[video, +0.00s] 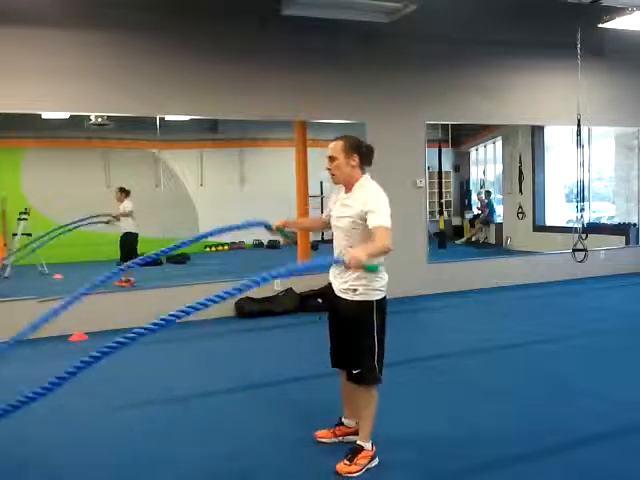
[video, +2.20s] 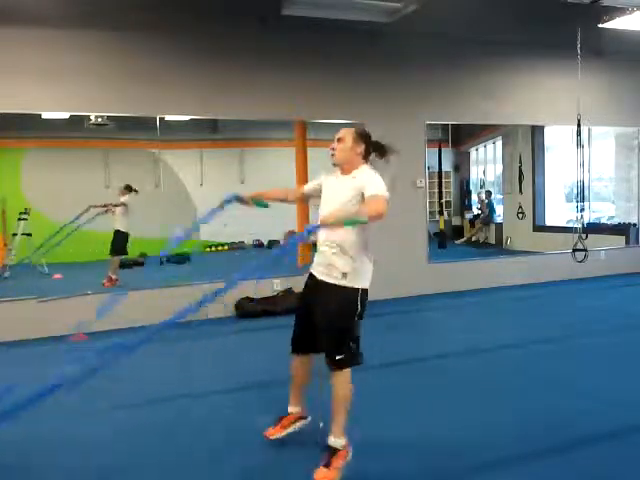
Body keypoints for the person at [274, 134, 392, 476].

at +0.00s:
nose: (328, 166)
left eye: (333, 160)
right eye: (328, 160)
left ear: (354, 162)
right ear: (344, 163)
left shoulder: (372, 194)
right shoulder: (340, 194)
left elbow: (383, 241)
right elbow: (326, 223)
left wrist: (363, 252)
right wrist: (290, 225)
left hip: (366, 296)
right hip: (341, 292)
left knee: (366, 373)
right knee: (346, 366)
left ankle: (366, 446)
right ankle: (349, 424)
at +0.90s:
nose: (341, 159)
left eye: (347, 154)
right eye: (341, 154)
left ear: (368, 159)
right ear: (353, 161)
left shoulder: (380, 197)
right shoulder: (345, 194)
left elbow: (375, 253)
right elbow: (338, 237)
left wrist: (337, 277)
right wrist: (321, 266)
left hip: (367, 300)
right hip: (341, 296)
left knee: (359, 376)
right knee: (335, 368)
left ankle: (362, 444)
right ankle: (346, 429)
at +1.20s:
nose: (351, 163)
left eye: (358, 157)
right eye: (353, 158)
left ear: (377, 166)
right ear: (367, 166)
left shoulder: (388, 201)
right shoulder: (350, 200)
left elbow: (379, 245)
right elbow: (328, 229)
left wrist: (341, 252)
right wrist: (308, 242)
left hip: (371, 299)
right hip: (344, 292)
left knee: (353, 370)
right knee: (328, 362)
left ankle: (359, 441)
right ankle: (342, 425)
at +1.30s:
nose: (355, 151)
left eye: (362, 145)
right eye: (355, 146)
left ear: (383, 151)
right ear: (361, 153)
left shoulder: (396, 179)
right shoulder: (354, 183)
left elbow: (395, 194)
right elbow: (322, 191)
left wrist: (359, 200)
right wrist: (296, 200)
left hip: (376, 282)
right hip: (348, 277)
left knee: (365, 357)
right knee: (329, 346)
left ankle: (373, 438)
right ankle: (334, 410)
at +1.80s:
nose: (333, 150)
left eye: (339, 144)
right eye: (334, 144)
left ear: (358, 148)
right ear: (347, 149)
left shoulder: (374, 181)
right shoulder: (336, 182)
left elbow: (376, 204)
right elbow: (320, 211)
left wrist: (340, 209)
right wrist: (283, 213)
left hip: (357, 276)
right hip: (328, 271)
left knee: (338, 354)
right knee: (307, 344)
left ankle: (339, 436)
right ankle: (310, 414)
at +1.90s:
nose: (333, 160)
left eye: (339, 154)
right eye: (334, 154)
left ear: (358, 160)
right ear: (348, 159)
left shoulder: (370, 195)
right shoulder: (335, 189)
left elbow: (346, 234)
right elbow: (316, 222)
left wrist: (302, 242)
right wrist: (281, 221)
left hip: (350, 291)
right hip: (325, 283)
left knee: (317, 367)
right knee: (299, 359)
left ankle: (312, 443)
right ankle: (303, 433)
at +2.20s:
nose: (333, 146)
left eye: (340, 141)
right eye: (333, 141)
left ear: (359, 149)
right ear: (339, 149)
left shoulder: (369, 177)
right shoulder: (328, 179)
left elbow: (377, 209)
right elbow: (294, 194)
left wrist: (332, 220)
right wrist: (255, 196)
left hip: (348, 284)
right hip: (318, 277)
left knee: (339, 363)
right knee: (302, 347)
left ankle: (338, 443)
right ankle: (295, 412)